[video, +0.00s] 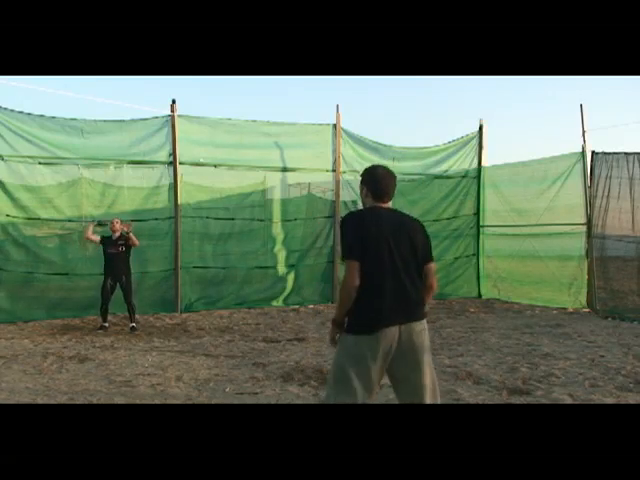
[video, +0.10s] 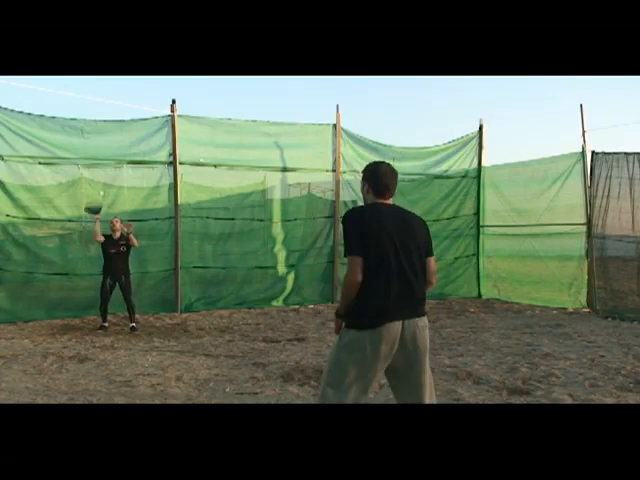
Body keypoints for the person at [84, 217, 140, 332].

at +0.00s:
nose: (113, 225)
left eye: (116, 223)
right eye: (112, 223)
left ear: (121, 226)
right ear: (110, 226)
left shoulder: (126, 239)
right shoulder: (105, 240)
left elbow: (136, 244)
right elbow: (88, 236)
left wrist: (129, 233)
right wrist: (92, 225)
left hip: (124, 273)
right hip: (109, 273)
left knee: (128, 300)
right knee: (104, 299)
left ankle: (133, 323)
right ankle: (104, 323)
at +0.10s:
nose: (114, 224)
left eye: (116, 222)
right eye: (112, 223)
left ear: (120, 225)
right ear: (110, 226)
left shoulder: (126, 239)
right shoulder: (106, 239)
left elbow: (135, 244)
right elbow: (97, 238)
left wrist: (129, 233)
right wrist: (97, 222)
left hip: (123, 272)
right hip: (109, 272)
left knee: (128, 298)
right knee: (104, 298)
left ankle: (132, 323)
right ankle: (104, 322)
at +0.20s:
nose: (114, 226)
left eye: (117, 224)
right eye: (113, 224)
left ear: (120, 226)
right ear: (110, 225)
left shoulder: (125, 238)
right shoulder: (105, 237)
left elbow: (133, 247)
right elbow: (105, 248)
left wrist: (127, 237)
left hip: (122, 272)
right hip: (108, 272)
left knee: (127, 297)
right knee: (103, 298)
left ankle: (132, 322)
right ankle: (104, 322)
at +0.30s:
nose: (117, 226)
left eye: (119, 224)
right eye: (115, 224)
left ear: (123, 226)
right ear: (112, 226)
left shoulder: (125, 241)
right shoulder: (106, 241)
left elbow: (135, 253)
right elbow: (103, 259)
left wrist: (132, 244)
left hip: (121, 270)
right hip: (107, 270)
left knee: (127, 297)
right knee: (104, 297)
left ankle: (132, 323)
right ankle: (103, 322)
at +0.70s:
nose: (116, 227)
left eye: (119, 224)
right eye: (114, 224)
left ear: (122, 227)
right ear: (111, 226)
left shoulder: (128, 241)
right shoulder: (103, 242)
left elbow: (135, 257)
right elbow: (94, 258)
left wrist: (128, 260)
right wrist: (98, 266)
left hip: (122, 272)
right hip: (107, 272)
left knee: (128, 298)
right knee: (102, 298)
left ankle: (132, 323)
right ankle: (101, 322)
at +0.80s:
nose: (114, 227)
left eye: (116, 225)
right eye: (112, 225)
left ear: (120, 227)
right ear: (108, 226)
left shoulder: (126, 241)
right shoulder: (102, 241)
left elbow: (133, 256)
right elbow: (91, 252)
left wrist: (119, 251)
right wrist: (89, 257)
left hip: (121, 275)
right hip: (106, 275)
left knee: (128, 299)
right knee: (98, 299)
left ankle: (132, 323)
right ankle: (97, 323)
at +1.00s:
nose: (113, 230)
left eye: (115, 228)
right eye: (111, 228)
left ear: (119, 231)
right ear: (107, 230)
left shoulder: (123, 244)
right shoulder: (102, 244)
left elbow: (130, 256)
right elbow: (83, 252)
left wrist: (120, 249)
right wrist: (82, 242)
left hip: (121, 278)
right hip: (107, 278)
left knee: (129, 300)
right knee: (93, 301)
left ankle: (138, 323)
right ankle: (97, 324)